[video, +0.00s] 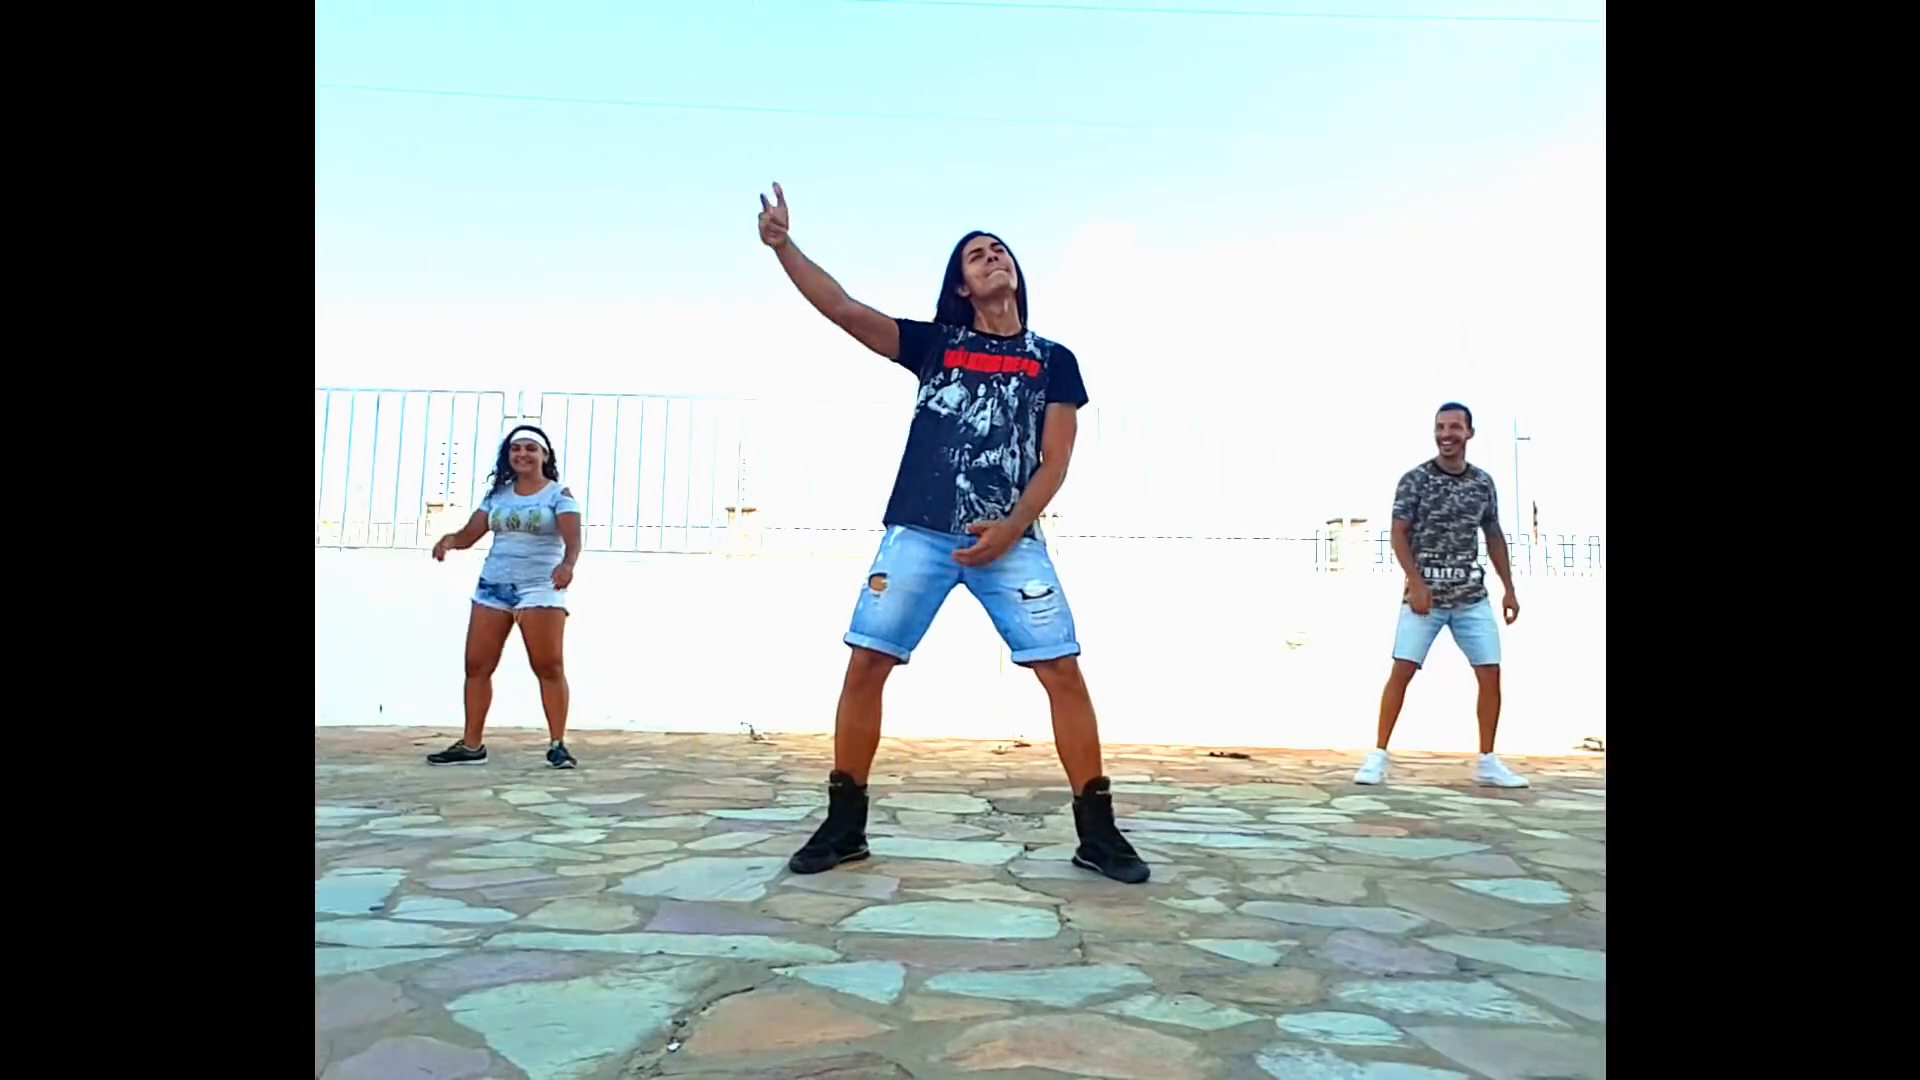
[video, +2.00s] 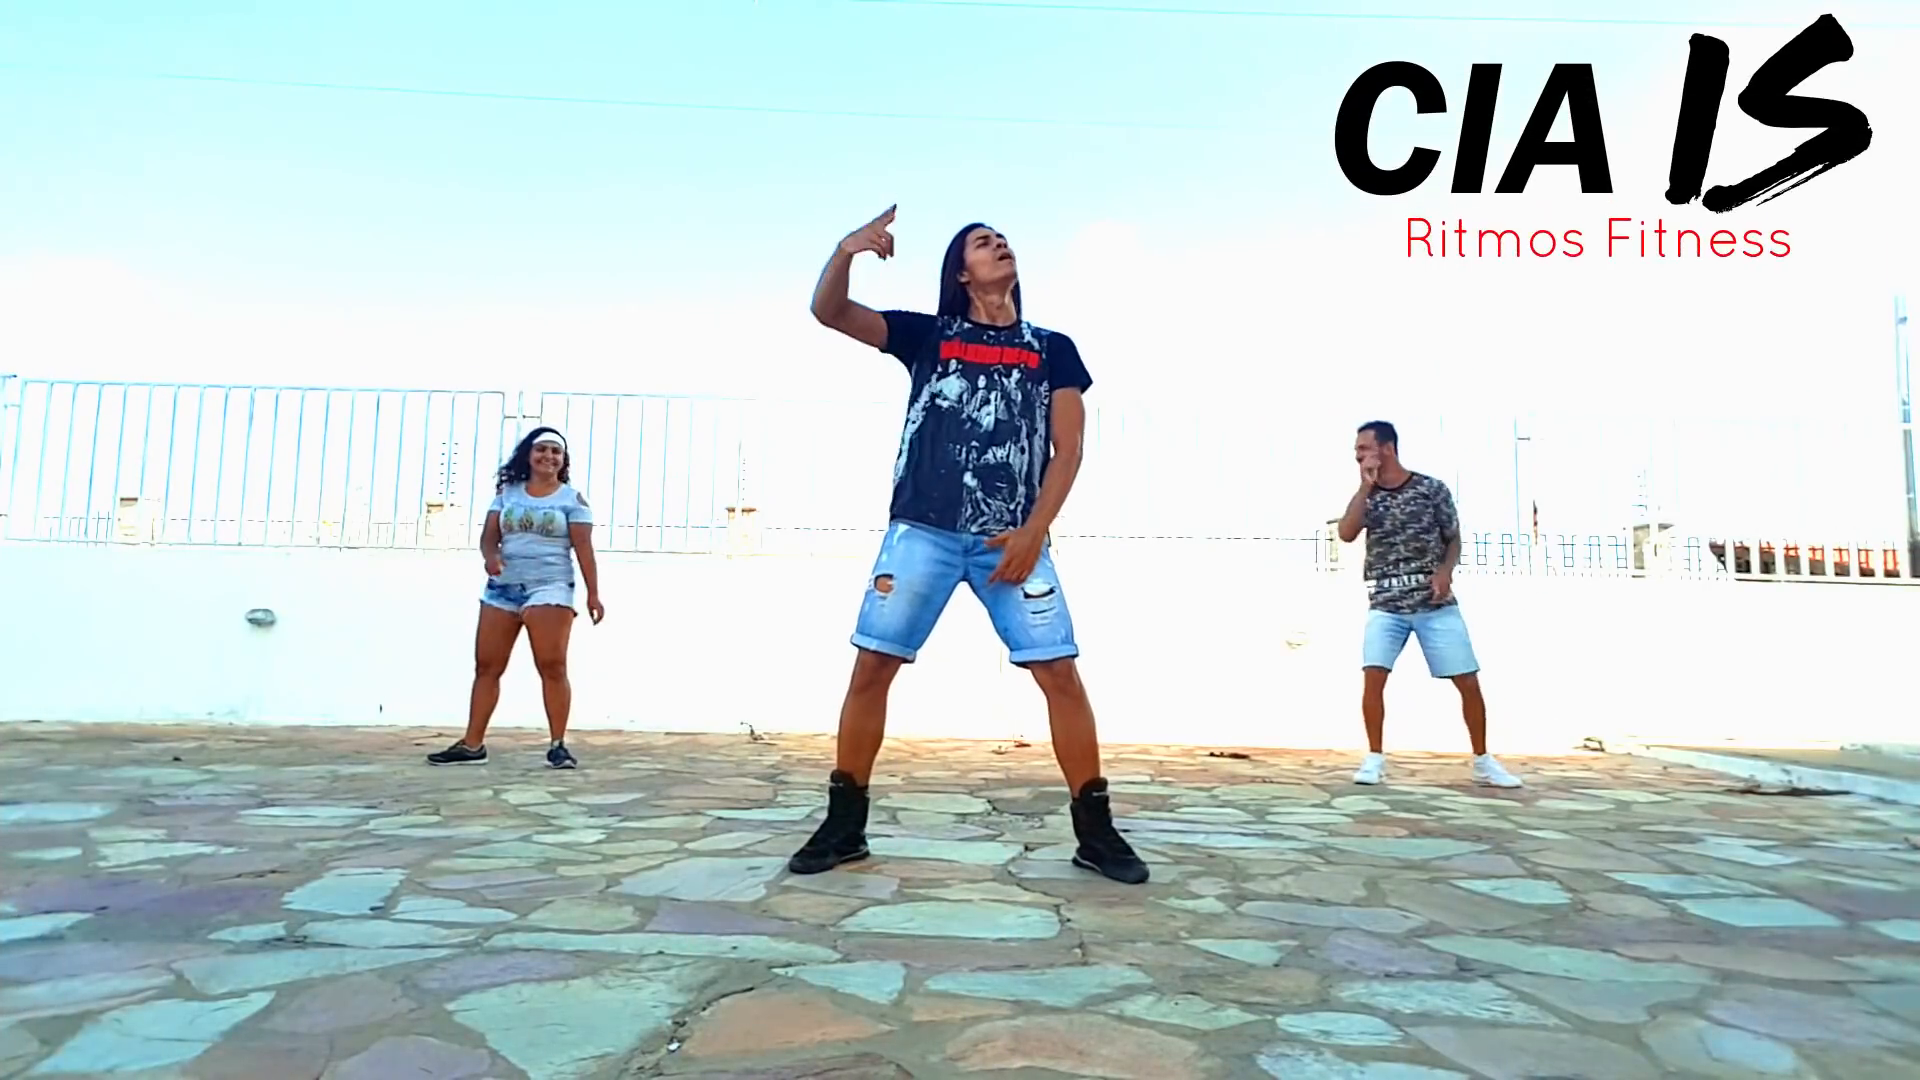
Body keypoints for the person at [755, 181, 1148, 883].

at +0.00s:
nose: (990, 260)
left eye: (998, 252)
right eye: (976, 259)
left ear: (1018, 273)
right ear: (961, 287)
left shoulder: (1053, 360)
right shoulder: (935, 344)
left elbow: (1055, 462)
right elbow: (845, 310)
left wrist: (1013, 527)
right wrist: (783, 245)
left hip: (1012, 538)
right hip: (919, 532)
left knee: (1062, 668)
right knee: (866, 664)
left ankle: (1097, 830)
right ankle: (844, 822)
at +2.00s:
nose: (999, 245)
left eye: (1003, 242)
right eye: (983, 243)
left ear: (1014, 267)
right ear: (958, 272)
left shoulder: (1052, 349)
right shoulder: (928, 334)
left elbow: (1067, 450)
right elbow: (831, 310)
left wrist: (1036, 529)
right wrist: (847, 249)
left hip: (1014, 535)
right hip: (923, 528)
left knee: (1060, 673)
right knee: (872, 667)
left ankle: (1096, 831)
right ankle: (843, 824)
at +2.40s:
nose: (988, 258)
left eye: (995, 250)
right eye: (973, 254)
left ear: (1012, 274)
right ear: (954, 282)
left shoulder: (1048, 352)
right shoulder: (925, 347)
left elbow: (1086, 437)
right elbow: (825, 377)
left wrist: (1037, 508)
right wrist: (852, 362)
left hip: (1011, 538)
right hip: (921, 534)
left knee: (1064, 675)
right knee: (865, 668)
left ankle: (1097, 831)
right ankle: (842, 824)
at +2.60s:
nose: (979, 261)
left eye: (988, 253)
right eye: (965, 255)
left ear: (1004, 272)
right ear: (946, 277)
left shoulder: (1041, 342)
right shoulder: (925, 348)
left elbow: (1062, 391)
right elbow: (875, 403)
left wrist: (1061, 409)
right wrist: (814, 356)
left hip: (1012, 533)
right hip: (923, 528)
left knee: (1058, 672)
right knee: (870, 666)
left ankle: (1096, 830)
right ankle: (842, 823)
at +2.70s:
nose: (975, 262)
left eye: (985, 254)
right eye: (961, 255)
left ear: (1001, 273)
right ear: (943, 276)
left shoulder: (1035, 339)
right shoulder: (923, 345)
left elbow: (1043, 377)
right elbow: (924, 394)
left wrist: (1033, 373)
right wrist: (863, 374)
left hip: (1011, 529)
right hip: (924, 525)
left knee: (1054, 669)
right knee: (871, 664)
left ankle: (1094, 828)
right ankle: (843, 822)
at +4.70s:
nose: (958, 274)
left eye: (970, 263)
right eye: (947, 270)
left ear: (997, 277)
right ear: (940, 292)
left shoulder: (1036, 344)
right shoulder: (919, 358)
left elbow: (1048, 372)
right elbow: (864, 429)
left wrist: (1009, 365)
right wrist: (901, 387)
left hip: (1016, 535)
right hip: (929, 532)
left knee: (1067, 668)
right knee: (870, 665)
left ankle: (1098, 832)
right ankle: (840, 823)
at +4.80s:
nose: (943, 272)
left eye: (956, 260)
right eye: (941, 267)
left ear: (992, 271)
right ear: (946, 286)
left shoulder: (1044, 340)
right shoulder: (931, 350)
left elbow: (1049, 372)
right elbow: (855, 423)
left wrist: (1004, 371)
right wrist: (840, 349)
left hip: (1017, 534)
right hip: (930, 530)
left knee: (1066, 667)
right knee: (873, 666)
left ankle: (1098, 831)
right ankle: (841, 824)